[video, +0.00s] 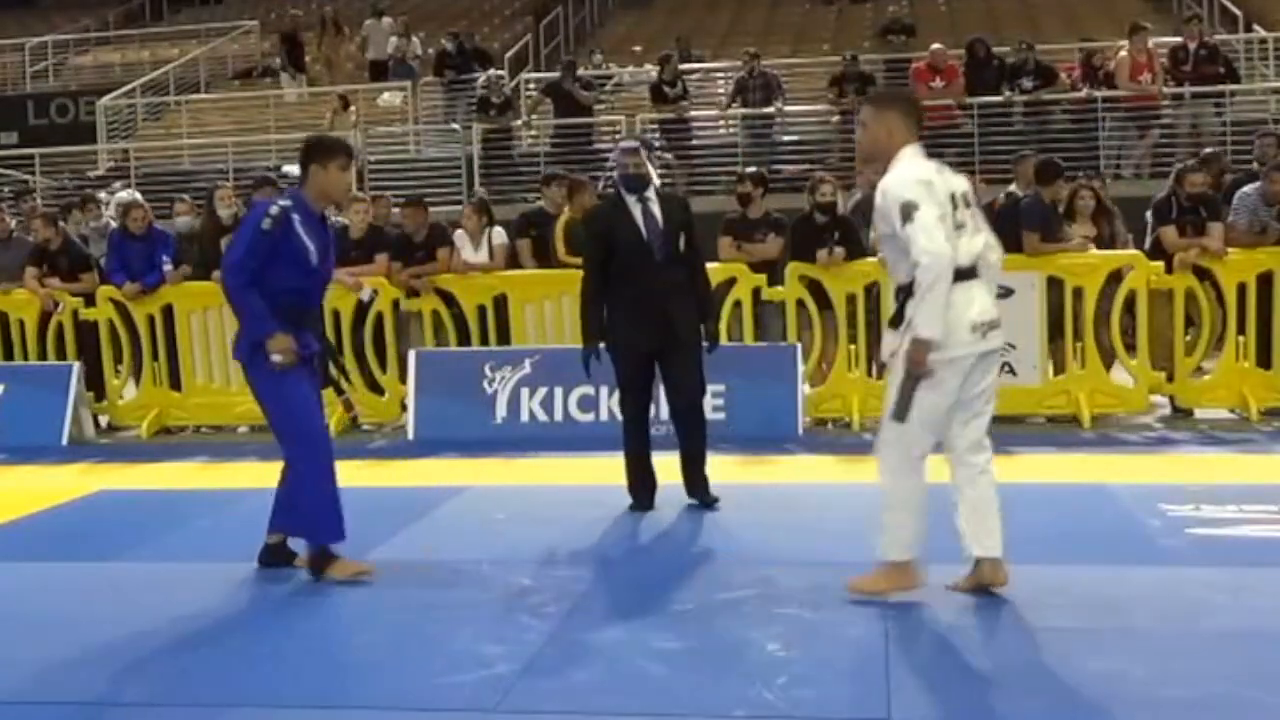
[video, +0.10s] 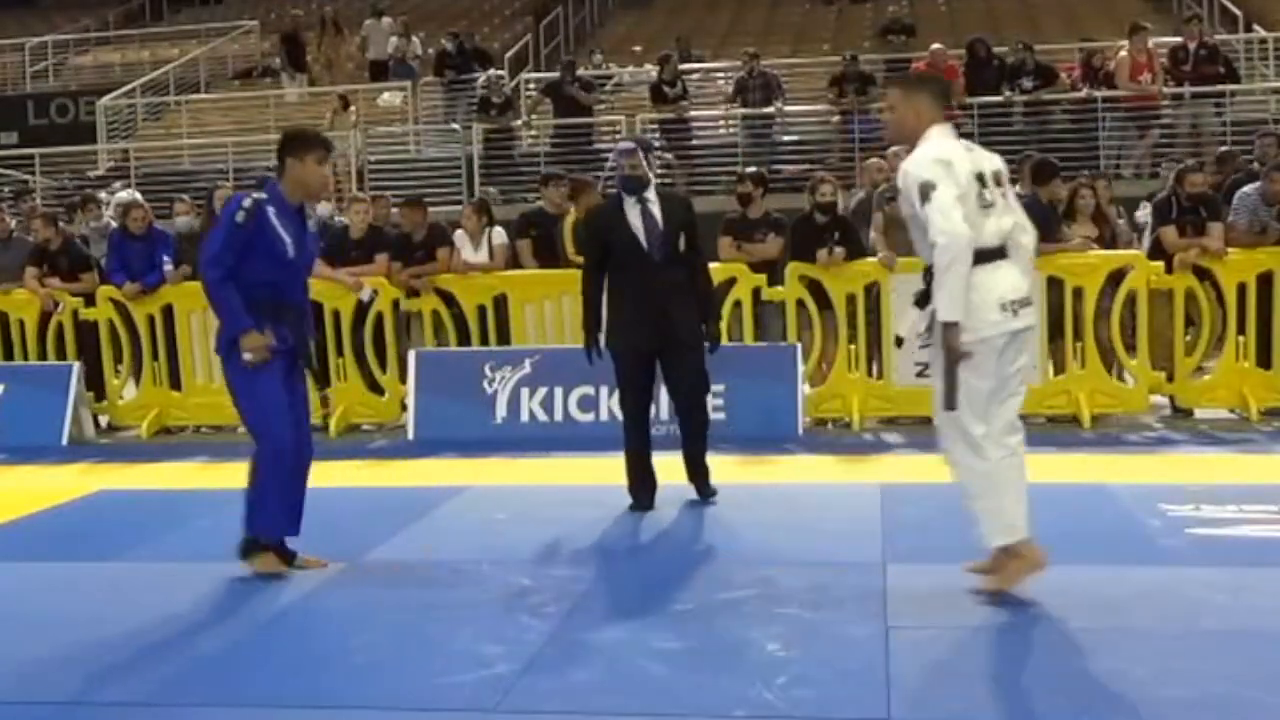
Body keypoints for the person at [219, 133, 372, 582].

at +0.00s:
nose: (351, 180)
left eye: (352, 171)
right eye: (345, 170)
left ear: (326, 173)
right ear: (317, 170)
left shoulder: (322, 227)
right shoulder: (272, 214)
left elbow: (309, 295)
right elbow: (234, 275)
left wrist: (317, 347)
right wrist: (269, 332)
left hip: (305, 345)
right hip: (270, 347)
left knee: (307, 441)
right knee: (310, 440)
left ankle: (276, 541)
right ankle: (322, 551)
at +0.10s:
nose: (329, 175)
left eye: (329, 165)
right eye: (322, 164)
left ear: (302, 168)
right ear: (294, 165)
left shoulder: (302, 223)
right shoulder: (249, 207)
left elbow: (293, 287)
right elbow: (213, 268)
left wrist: (302, 340)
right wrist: (244, 329)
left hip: (287, 344)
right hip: (251, 344)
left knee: (298, 444)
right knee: (277, 439)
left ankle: (278, 540)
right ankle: (257, 540)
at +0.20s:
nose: (304, 172)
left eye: (304, 163)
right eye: (297, 162)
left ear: (281, 166)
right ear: (269, 164)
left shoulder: (282, 223)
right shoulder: (226, 212)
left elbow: (283, 287)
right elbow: (196, 273)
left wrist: (291, 334)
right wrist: (222, 336)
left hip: (276, 345)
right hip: (235, 345)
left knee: (284, 442)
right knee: (236, 438)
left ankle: (275, 542)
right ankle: (192, 526)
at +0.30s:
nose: (279, 176)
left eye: (279, 166)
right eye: (272, 166)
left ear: (255, 169)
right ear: (244, 166)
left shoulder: (260, 226)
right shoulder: (201, 217)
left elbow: (265, 284)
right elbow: (183, 283)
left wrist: (278, 325)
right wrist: (201, 351)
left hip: (257, 346)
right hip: (214, 346)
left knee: (271, 439)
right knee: (196, 442)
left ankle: (272, 542)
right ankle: (146, 523)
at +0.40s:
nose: (252, 183)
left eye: (253, 175)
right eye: (245, 174)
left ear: (240, 178)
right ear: (216, 176)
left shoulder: (247, 230)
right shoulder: (175, 227)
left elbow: (246, 285)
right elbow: (166, 297)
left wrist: (257, 327)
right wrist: (180, 360)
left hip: (230, 354)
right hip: (186, 356)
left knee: (251, 443)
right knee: (165, 447)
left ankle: (268, 540)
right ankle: (126, 533)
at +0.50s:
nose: (231, 190)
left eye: (232, 181)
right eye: (223, 181)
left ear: (216, 184)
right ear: (194, 182)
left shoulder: (224, 234)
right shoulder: (155, 236)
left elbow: (226, 290)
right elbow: (142, 302)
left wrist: (233, 330)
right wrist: (161, 364)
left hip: (208, 357)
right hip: (164, 359)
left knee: (232, 441)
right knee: (148, 450)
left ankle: (255, 539)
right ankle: (123, 543)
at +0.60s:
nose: (212, 183)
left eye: (213, 175)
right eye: (204, 174)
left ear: (203, 177)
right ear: (175, 175)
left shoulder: (207, 231)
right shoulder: (136, 226)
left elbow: (214, 283)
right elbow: (120, 296)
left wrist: (221, 319)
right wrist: (143, 354)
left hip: (197, 343)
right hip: (152, 346)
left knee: (223, 430)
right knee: (141, 441)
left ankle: (219, 535)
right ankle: (124, 540)